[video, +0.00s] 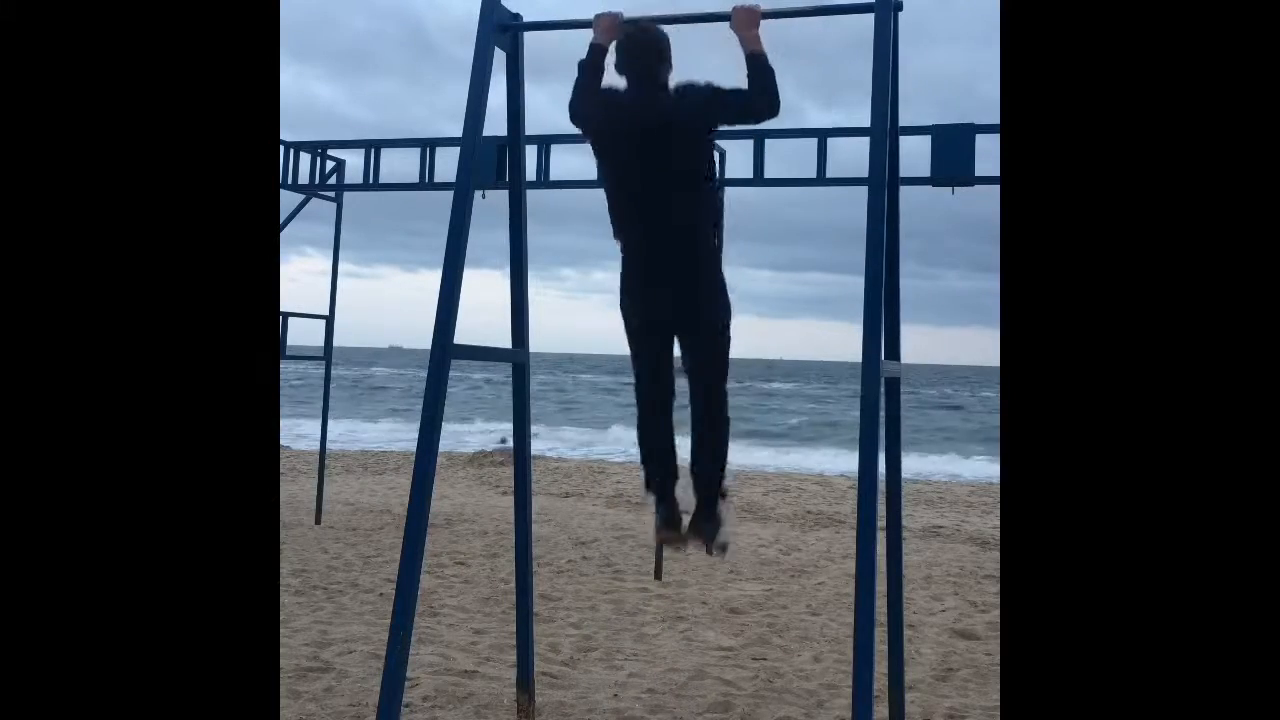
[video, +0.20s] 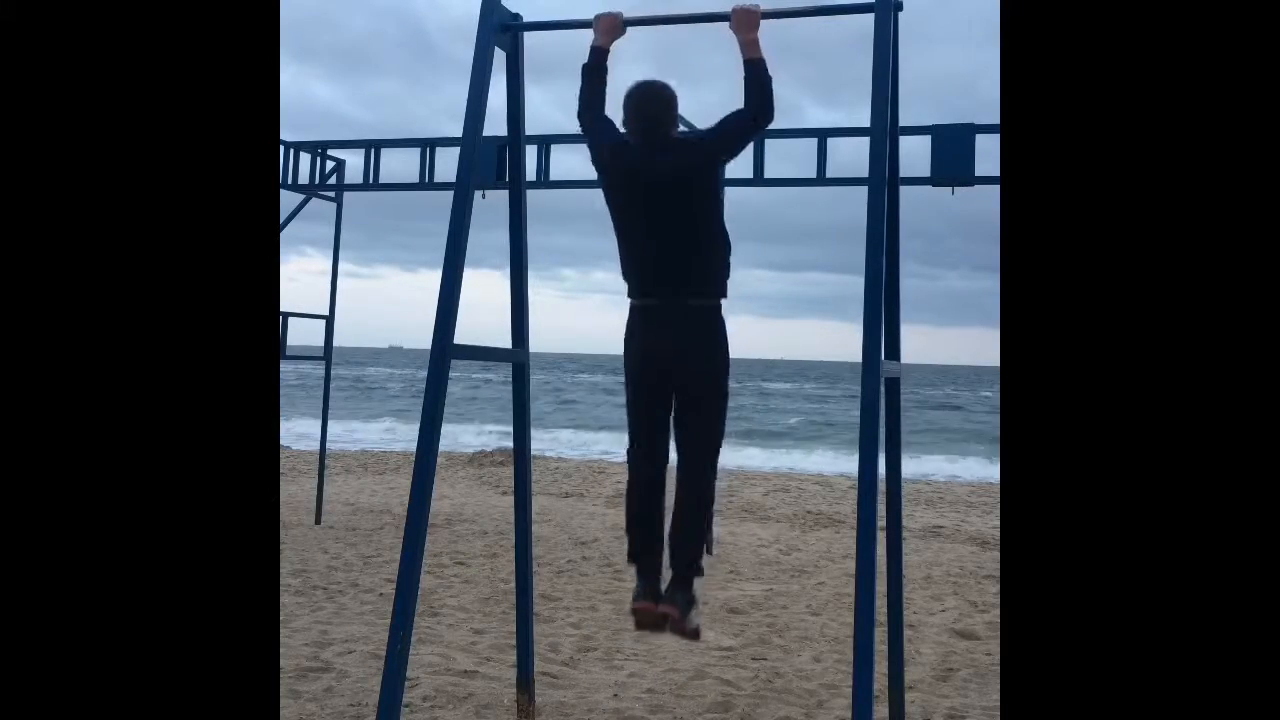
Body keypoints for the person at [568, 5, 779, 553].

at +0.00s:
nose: (659, 65)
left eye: (638, 58)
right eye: (662, 57)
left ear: (620, 66)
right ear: (667, 62)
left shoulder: (603, 112)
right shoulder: (697, 103)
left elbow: (579, 102)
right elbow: (764, 102)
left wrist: (598, 43)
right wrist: (752, 40)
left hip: (640, 274)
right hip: (699, 272)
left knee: (652, 390)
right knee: (709, 391)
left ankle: (664, 507)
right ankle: (706, 511)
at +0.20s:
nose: (677, 117)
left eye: (665, 111)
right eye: (677, 110)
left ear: (627, 121)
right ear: (677, 116)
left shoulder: (614, 157)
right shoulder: (704, 151)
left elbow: (590, 110)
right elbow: (759, 109)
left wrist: (600, 45)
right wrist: (750, 42)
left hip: (645, 325)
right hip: (700, 325)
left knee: (645, 458)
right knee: (698, 462)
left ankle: (647, 592)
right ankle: (680, 597)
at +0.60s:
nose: (672, 108)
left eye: (657, 101)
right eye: (670, 100)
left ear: (624, 115)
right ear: (671, 107)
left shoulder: (610, 153)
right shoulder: (700, 145)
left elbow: (588, 107)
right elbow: (756, 110)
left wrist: (599, 45)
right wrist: (750, 43)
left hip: (638, 322)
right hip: (694, 323)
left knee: (638, 450)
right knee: (690, 457)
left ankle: (634, 577)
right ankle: (669, 591)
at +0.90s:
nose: (622, 16)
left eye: (613, 11)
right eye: (650, 7)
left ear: (611, 12)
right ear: (658, 9)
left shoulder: (595, 54)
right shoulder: (691, 45)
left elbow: (565, 102)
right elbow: (764, 91)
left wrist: (594, 39)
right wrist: (751, 38)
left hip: (633, 222)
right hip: (692, 218)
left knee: (646, 337)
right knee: (705, 337)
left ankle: (655, 461)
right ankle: (693, 466)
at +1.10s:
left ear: (624, 2)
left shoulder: (604, 38)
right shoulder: (699, 32)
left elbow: (568, 101)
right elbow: (760, 88)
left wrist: (595, 35)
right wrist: (751, 36)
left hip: (637, 208)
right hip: (696, 205)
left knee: (647, 331)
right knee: (705, 327)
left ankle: (661, 451)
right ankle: (700, 452)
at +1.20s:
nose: (650, 17)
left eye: (624, 14)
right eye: (658, 11)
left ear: (620, 20)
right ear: (667, 17)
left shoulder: (603, 68)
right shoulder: (698, 62)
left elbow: (570, 107)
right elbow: (772, 96)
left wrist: (597, 40)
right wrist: (755, 38)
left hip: (638, 236)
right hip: (696, 234)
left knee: (647, 362)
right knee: (702, 360)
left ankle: (657, 487)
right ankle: (692, 487)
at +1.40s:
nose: (658, 96)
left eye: (643, 88)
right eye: (664, 88)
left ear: (627, 101)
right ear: (674, 96)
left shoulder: (613, 143)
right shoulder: (705, 137)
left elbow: (585, 106)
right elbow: (766, 105)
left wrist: (599, 44)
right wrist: (752, 42)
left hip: (643, 313)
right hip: (700, 313)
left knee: (641, 439)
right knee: (698, 444)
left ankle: (636, 565)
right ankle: (673, 567)